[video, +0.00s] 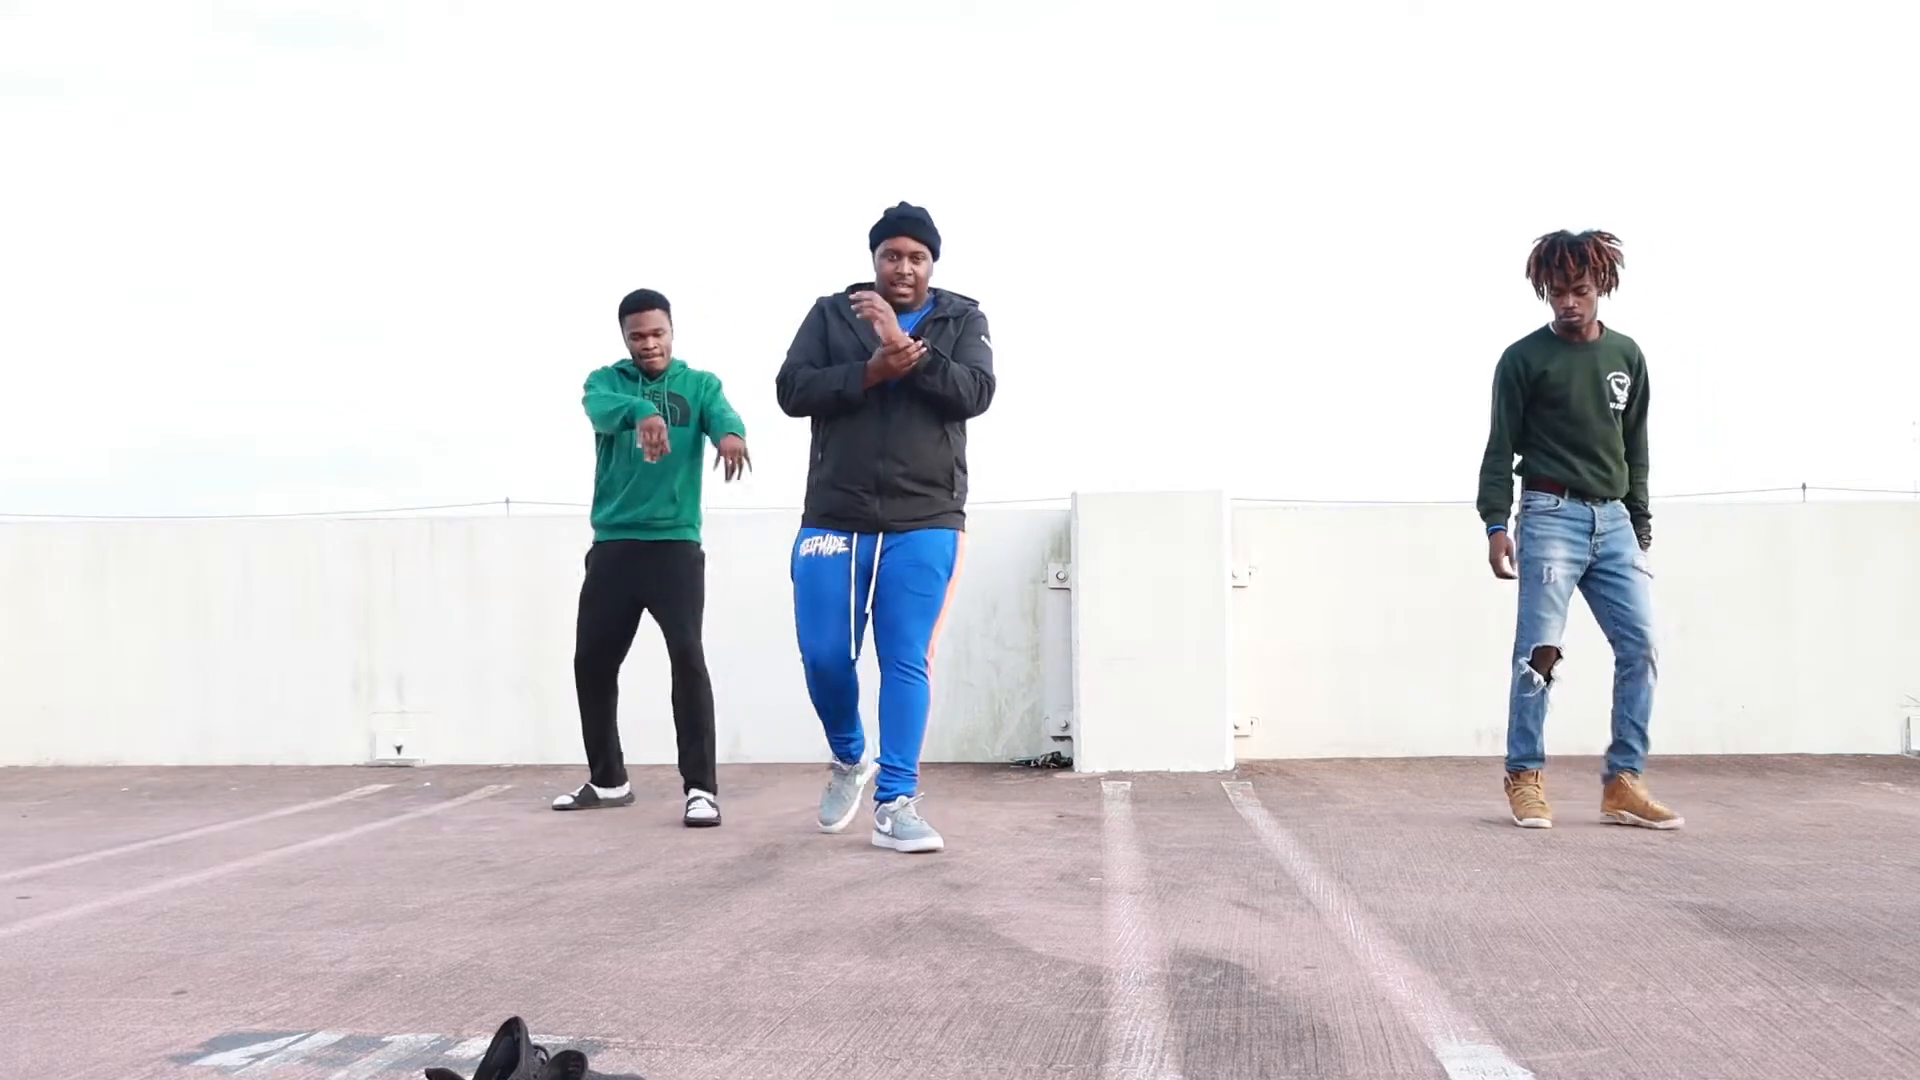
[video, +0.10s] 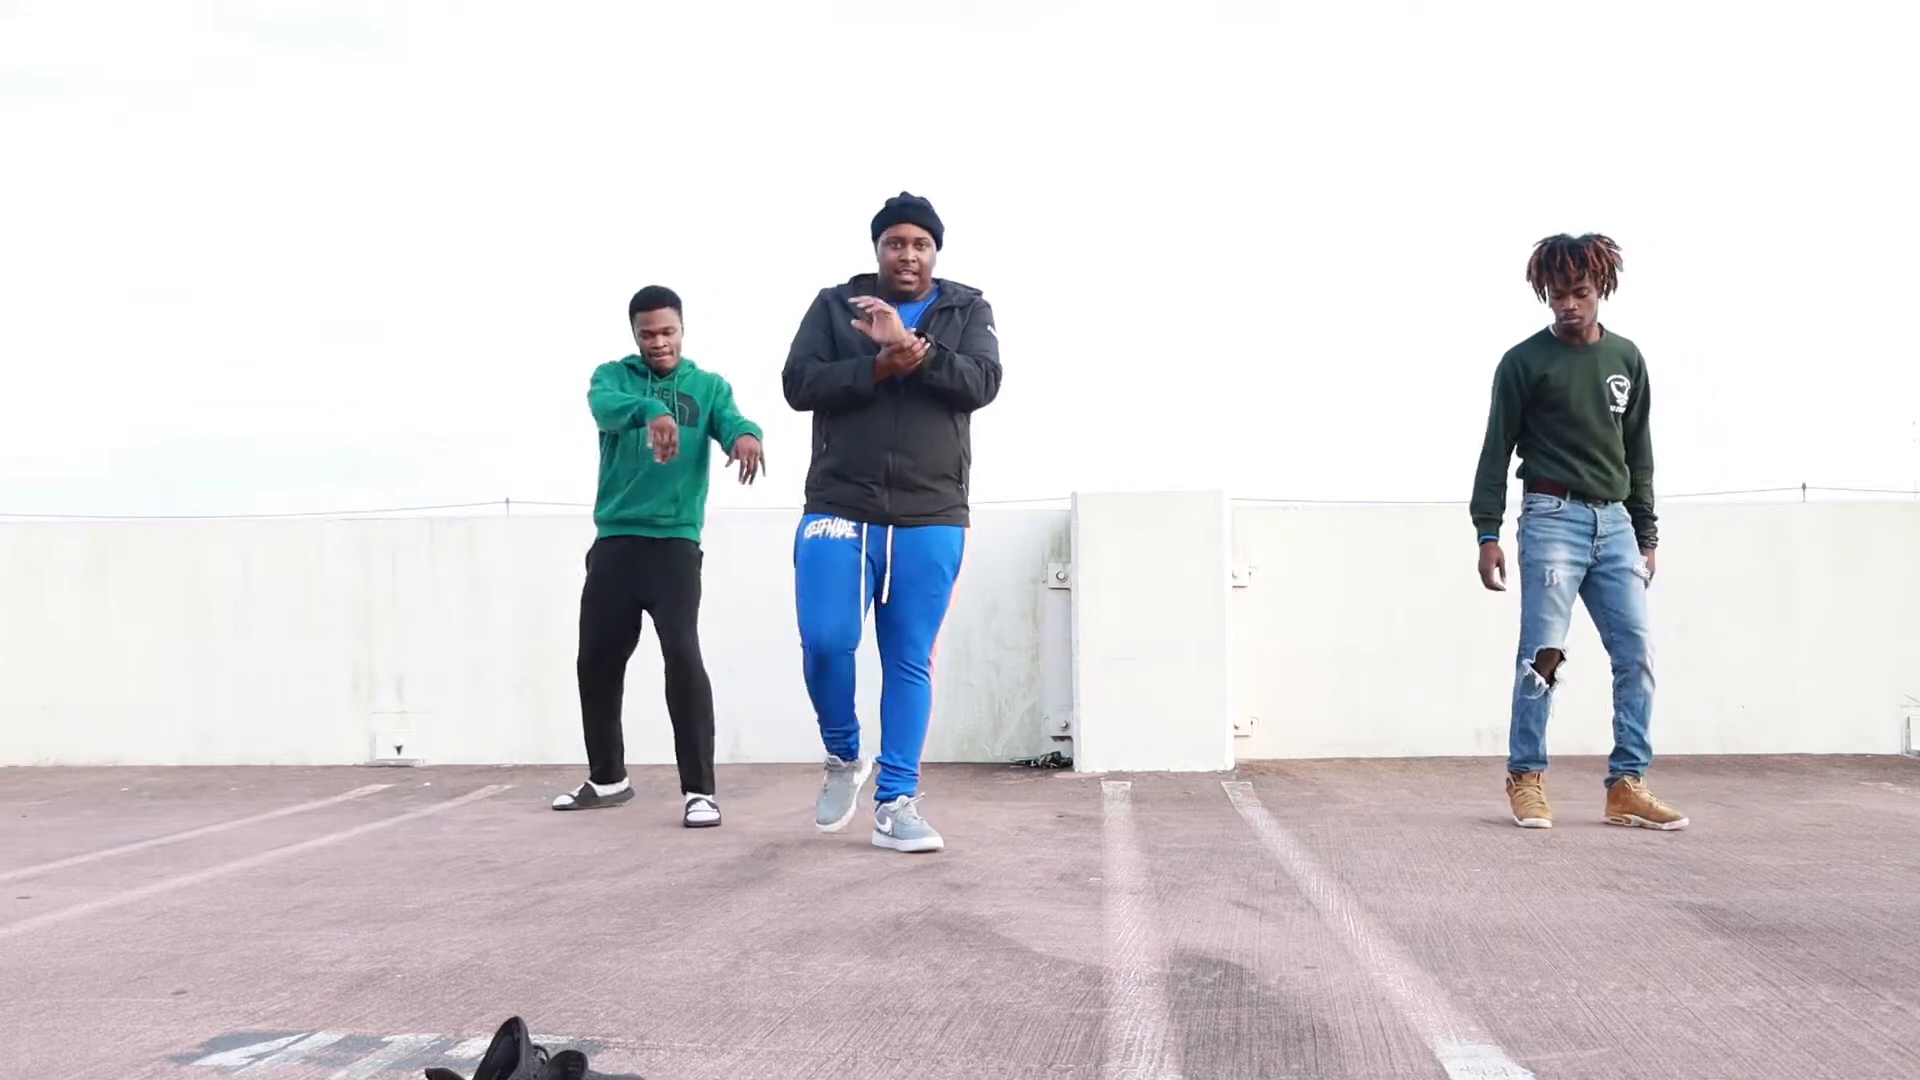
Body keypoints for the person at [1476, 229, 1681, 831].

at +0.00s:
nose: (1567, 302)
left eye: (1577, 290)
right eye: (1556, 291)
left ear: (1601, 288)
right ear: (1544, 292)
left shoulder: (1626, 356)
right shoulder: (1522, 360)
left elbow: (1635, 448)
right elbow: (1499, 449)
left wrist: (1639, 526)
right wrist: (1496, 523)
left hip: (1612, 521)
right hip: (1548, 517)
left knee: (1640, 647)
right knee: (1539, 652)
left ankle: (1622, 782)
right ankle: (1524, 777)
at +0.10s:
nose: (1567, 304)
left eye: (1578, 292)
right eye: (1556, 294)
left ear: (1601, 290)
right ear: (1544, 295)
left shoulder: (1626, 358)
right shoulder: (1522, 363)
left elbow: (1638, 451)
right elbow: (1495, 452)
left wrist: (1646, 534)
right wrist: (1488, 533)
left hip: (1614, 523)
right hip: (1551, 519)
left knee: (1635, 653)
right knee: (1543, 652)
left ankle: (1626, 785)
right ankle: (1525, 778)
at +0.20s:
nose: (1568, 297)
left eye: (1578, 285)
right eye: (1557, 286)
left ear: (1600, 285)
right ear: (1544, 290)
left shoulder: (1627, 353)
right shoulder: (1522, 359)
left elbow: (1641, 447)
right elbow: (1497, 450)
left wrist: (1654, 526)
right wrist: (1488, 534)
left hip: (1618, 520)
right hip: (1552, 517)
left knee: (1631, 652)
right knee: (1541, 651)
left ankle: (1626, 784)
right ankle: (1526, 778)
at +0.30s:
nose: (1569, 299)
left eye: (1580, 287)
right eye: (1558, 288)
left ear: (1603, 287)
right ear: (1545, 291)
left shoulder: (1629, 354)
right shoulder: (1524, 361)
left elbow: (1646, 446)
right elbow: (1500, 454)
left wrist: (1669, 515)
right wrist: (1495, 536)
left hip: (1619, 521)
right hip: (1553, 519)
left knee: (1638, 653)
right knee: (1542, 653)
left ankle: (1630, 783)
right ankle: (1528, 780)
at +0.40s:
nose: (1573, 306)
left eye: (1584, 293)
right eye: (1562, 295)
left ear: (1608, 290)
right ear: (1550, 296)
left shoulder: (1635, 357)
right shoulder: (1528, 365)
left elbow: (1650, 449)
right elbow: (1507, 458)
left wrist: (1676, 511)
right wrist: (1503, 539)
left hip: (1623, 521)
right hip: (1556, 520)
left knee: (1646, 651)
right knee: (1543, 654)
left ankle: (1641, 782)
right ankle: (1529, 780)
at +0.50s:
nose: (1577, 303)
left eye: (1588, 291)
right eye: (1566, 293)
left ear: (1611, 288)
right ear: (1554, 293)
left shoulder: (1643, 354)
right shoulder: (1533, 362)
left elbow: (1661, 444)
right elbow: (1515, 454)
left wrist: (1677, 513)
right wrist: (1510, 534)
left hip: (1630, 520)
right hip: (1559, 518)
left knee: (1643, 656)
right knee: (1546, 652)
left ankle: (1636, 783)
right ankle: (1531, 778)